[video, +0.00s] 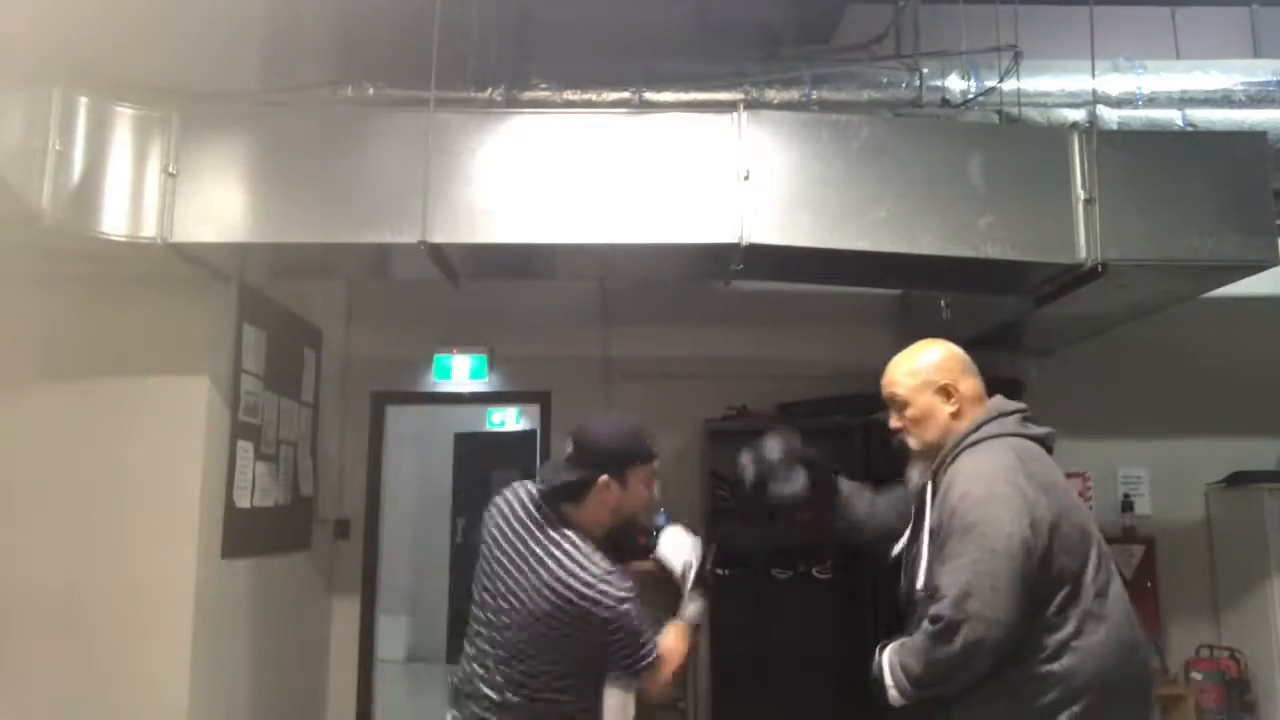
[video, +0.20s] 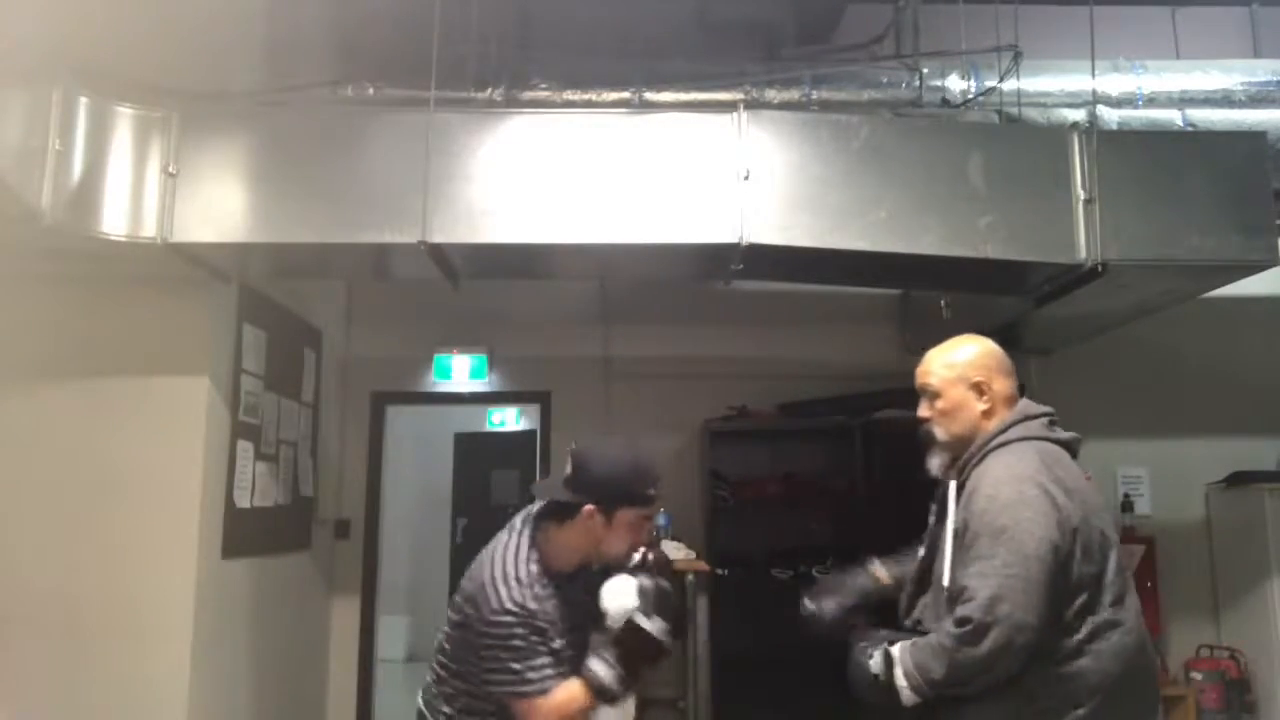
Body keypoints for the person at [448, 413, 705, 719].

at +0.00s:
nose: (654, 493)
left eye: (653, 480)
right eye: (646, 482)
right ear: (606, 487)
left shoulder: (511, 499)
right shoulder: (601, 589)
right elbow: (656, 682)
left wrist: (652, 566)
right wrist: (690, 608)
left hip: (467, 700)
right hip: (542, 711)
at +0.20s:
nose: (645, 538)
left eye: (648, 523)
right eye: (638, 523)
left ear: (590, 517)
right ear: (592, 517)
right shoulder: (507, 601)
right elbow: (539, 709)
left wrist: (639, 574)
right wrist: (617, 661)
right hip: (465, 712)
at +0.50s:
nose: (578, 504)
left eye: (580, 488)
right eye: (572, 486)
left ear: (526, 478)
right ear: (527, 477)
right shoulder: (434, 552)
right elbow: (471, 687)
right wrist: (545, 598)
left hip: (513, 706)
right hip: (429, 712)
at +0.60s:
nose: (573, 489)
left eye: (575, 471)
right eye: (564, 471)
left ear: (516, 468)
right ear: (516, 466)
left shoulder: (525, 522)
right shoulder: (427, 542)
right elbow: (457, 680)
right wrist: (532, 598)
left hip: (511, 706)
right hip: (416, 711)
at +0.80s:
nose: (579, 456)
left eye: (575, 441)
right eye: (564, 441)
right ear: (515, 452)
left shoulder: (538, 520)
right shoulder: (444, 534)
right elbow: (469, 668)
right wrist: (560, 625)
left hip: (531, 704)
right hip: (454, 711)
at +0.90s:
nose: (608, 434)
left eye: (604, 419)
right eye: (592, 420)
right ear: (546, 434)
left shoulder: (573, 506)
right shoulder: (482, 516)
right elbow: (506, 646)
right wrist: (589, 582)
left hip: (558, 705)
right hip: (492, 712)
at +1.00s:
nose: (629, 433)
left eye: (625, 419)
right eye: (614, 420)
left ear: (576, 436)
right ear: (571, 435)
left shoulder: (620, 496)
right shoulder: (507, 521)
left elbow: (695, 519)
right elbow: (515, 650)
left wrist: (753, 492)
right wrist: (607, 593)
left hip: (589, 705)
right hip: (510, 711)